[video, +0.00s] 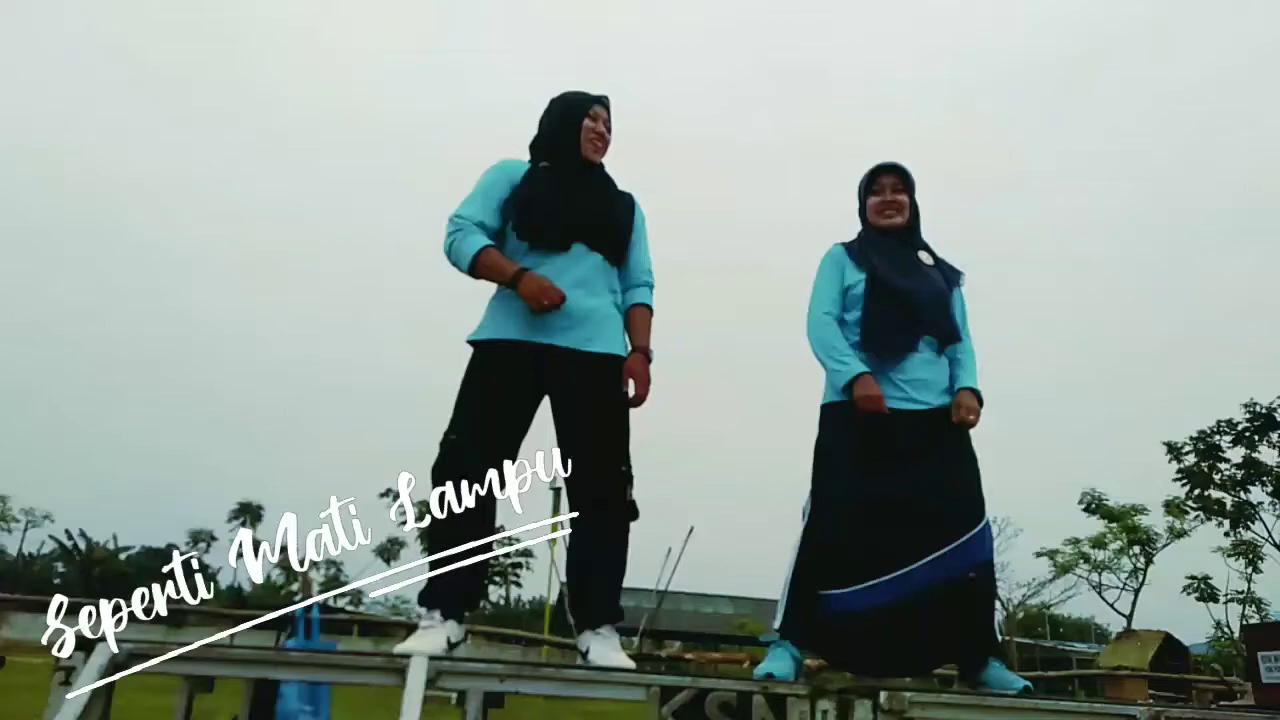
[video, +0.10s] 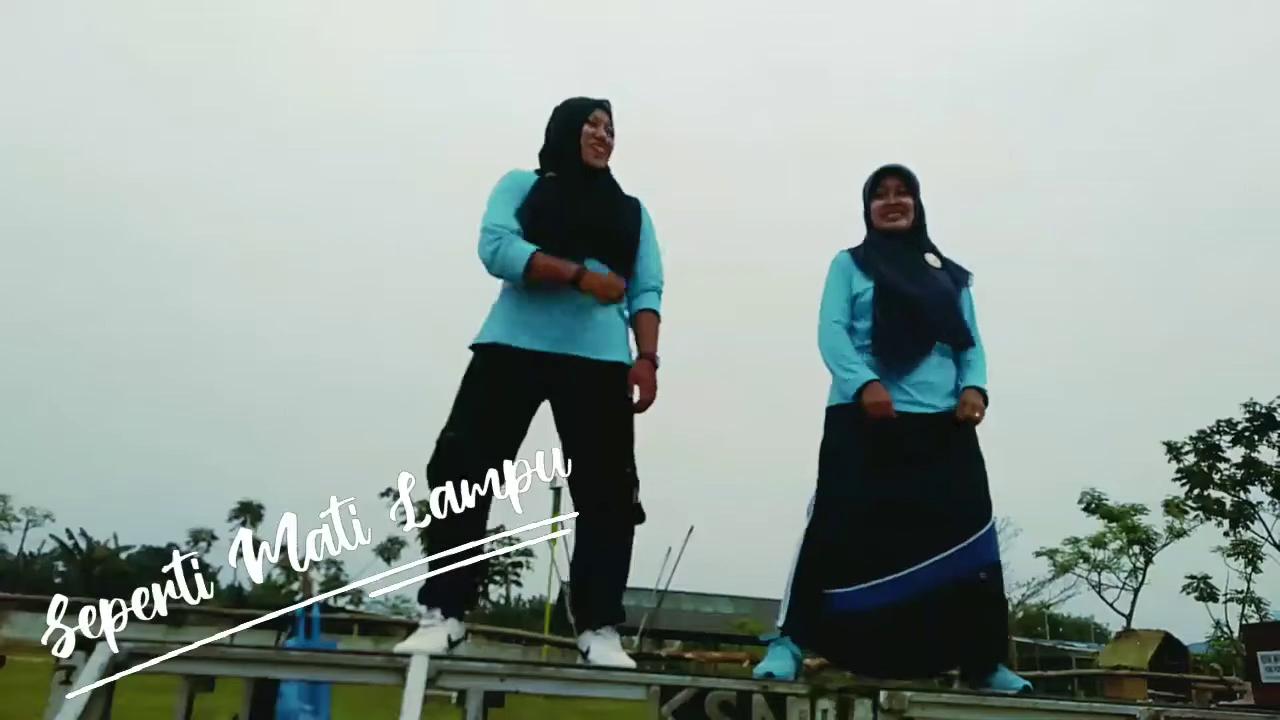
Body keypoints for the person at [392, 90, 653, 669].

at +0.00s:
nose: (601, 129)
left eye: (606, 124)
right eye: (591, 119)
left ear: (608, 139)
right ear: (560, 123)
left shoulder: (624, 205)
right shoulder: (511, 176)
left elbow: (638, 283)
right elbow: (460, 237)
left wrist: (640, 349)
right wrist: (519, 277)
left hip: (595, 355)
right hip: (510, 344)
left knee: (603, 491)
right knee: (465, 474)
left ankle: (598, 628)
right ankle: (443, 614)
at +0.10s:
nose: (603, 134)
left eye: (608, 128)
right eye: (592, 124)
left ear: (613, 143)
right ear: (563, 132)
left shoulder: (633, 211)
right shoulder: (521, 185)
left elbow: (646, 286)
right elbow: (496, 249)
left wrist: (647, 355)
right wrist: (580, 276)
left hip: (597, 362)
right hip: (512, 350)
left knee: (608, 495)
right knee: (460, 473)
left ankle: (599, 628)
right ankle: (444, 613)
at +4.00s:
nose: (544, 135)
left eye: (556, 125)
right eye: (538, 125)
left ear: (581, 127)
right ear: (529, 130)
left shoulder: (617, 194)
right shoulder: (510, 180)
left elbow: (644, 270)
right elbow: (505, 171)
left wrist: (619, 311)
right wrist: (532, 136)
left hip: (565, 352)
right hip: (485, 341)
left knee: (551, 486)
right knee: (439, 470)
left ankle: (536, 629)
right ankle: (465, 615)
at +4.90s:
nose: (500, 98)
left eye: (505, 95)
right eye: (492, 86)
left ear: (505, 109)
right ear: (456, 85)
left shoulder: (515, 161)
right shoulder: (398, 151)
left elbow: (545, 155)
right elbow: (357, 208)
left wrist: (451, 140)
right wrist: (400, 223)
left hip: (481, 327)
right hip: (391, 318)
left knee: (471, 471)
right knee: (353, 459)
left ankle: (424, 603)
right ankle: (337, 611)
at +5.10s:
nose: (533, 89)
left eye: (539, 82)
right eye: (521, 78)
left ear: (540, 92)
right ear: (484, 77)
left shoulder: (546, 156)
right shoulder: (421, 136)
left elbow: (612, 223)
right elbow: (359, 194)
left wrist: (613, 208)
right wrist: (348, 228)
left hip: (517, 320)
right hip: (424, 312)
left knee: (539, 469)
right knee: (380, 459)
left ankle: (557, 621)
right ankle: (340, 609)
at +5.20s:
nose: (549, 97)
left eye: (555, 94)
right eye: (540, 84)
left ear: (554, 111)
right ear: (503, 84)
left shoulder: (560, 164)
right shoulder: (450, 144)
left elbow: (619, 233)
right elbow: (381, 195)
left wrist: (626, 225)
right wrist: (354, 232)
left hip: (549, 328)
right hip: (459, 319)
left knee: (557, 480)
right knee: (399, 463)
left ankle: (564, 628)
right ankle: (344, 609)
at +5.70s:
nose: (623, 115)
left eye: (628, 111)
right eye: (614, 104)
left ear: (628, 123)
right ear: (579, 103)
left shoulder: (632, 174)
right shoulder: (526, 167)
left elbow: (684, 162)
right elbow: (488, 231)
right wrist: (506, 271)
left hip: (625, 345)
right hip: (541, 340)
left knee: (670, 466)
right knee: (504, 476)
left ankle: (650, 615)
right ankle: (477, 621)